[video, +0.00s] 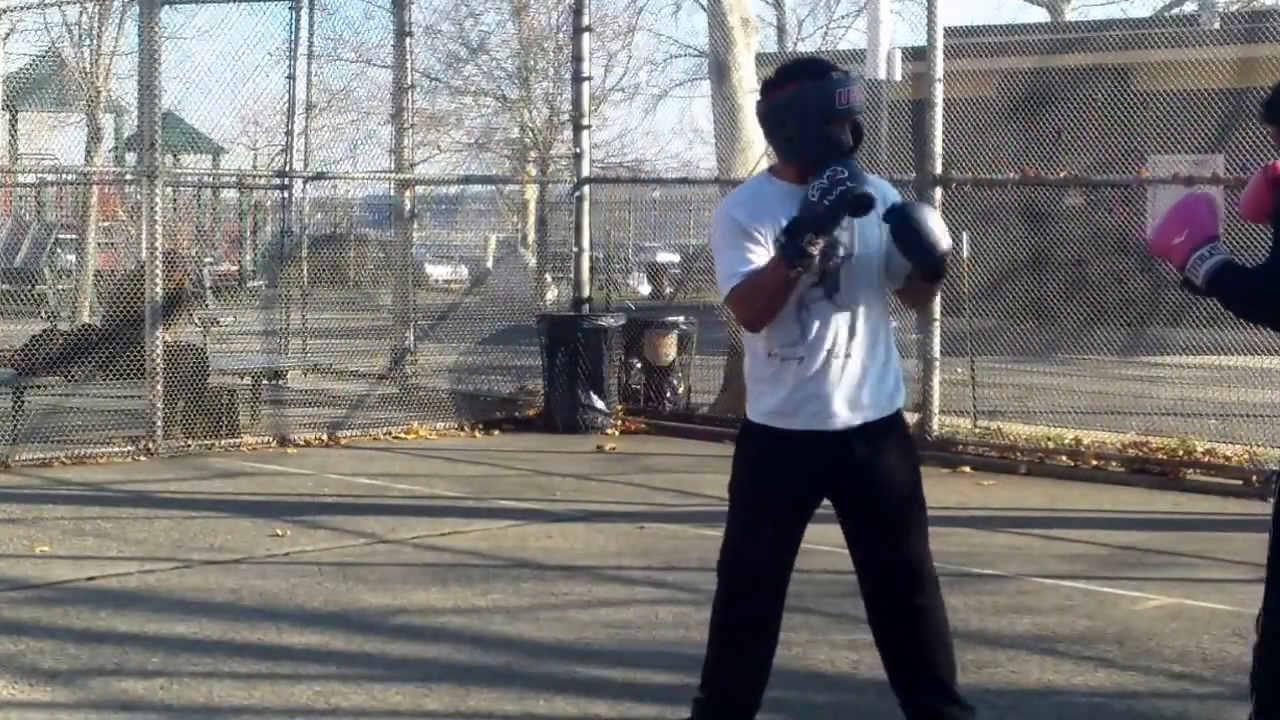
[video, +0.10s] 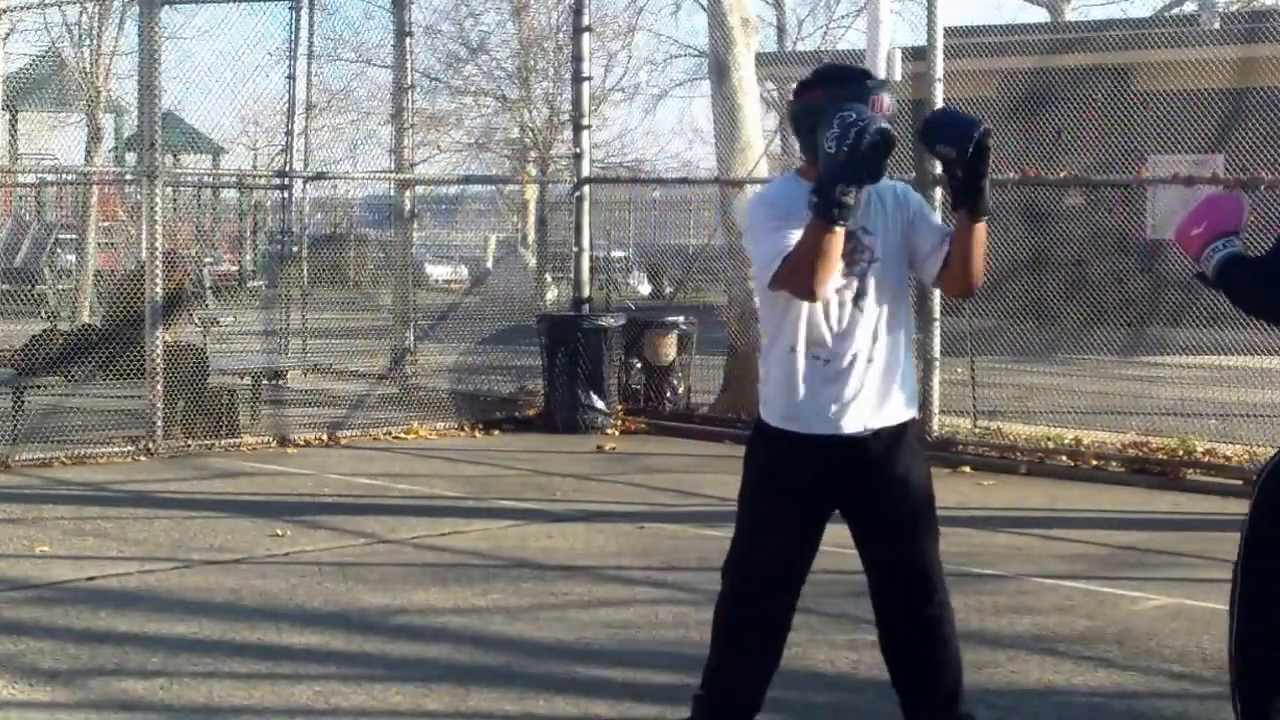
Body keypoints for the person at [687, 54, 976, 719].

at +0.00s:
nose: (847, 123)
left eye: (848, 109)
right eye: (828, 111)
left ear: (851, 117)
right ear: (783, 122)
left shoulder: (877, 195)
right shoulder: (744, 209)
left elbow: (916, 298)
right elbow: (748, 310)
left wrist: (928, 263)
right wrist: (801, 242)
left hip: (874, 427)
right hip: (779, 435)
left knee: (908, 589)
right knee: (748, 597)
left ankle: (940, 712)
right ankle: (721, 715)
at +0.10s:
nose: (845, 135)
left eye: (858, 122)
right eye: (829, 122)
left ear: (878, 130)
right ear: (804, 129)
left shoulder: (898, 200)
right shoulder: (770, 202)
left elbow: (960, 280)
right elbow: (809, 283)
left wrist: (967, 192)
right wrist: (834, 194)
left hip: (886, 439)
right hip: (789, 442)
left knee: (918, 611)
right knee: (752, 610)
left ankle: (940, 716)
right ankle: (717, 716)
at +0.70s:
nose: (878, 125)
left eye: (890, 111)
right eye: (862, 110)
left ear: (903, 119)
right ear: (822, 114)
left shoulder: (921, 201)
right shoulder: (775, 196)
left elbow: (958, 325)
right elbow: (754, 300)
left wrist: (953, 250)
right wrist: (798, 227)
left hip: (892, 442)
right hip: (791, 439)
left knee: (919, 619)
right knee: (756, 620)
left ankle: (940, 716)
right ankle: (752, 712)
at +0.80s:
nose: (828, 125)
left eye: (839, 112)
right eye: (811, 111)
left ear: (850, 119)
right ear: (776, 118)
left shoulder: (889, 203)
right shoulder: (743, 205)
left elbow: (933, 309)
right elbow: (720, 314)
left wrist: (886, 300)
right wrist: (751, 239)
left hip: (865, 432)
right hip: (769, 434)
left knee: (896, 597)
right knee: (747, 601)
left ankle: (913, 715)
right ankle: (751, 714)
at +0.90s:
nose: (780, 130)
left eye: (792, 115)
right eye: (764, 116)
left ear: (810, 121)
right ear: (738, 124)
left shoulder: (842, 195)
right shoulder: (727, 205)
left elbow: (884, 287)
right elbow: (709, 312)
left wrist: (835, 229)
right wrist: (735, 231)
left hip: (843, 435)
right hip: (755, 441)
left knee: (865, 610)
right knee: (738, 604)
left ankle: (888, 712)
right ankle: (747, 711)